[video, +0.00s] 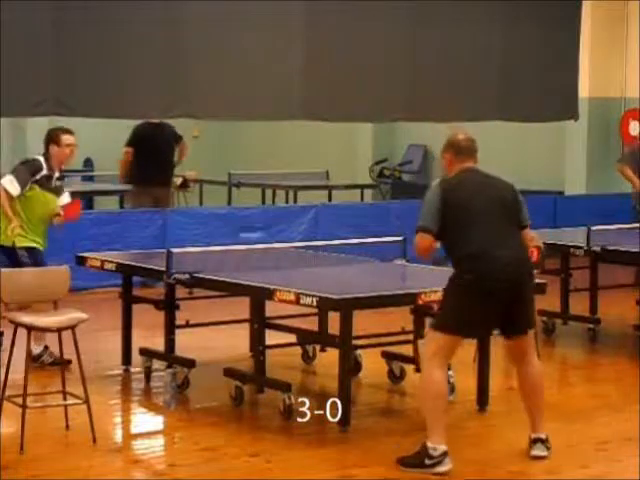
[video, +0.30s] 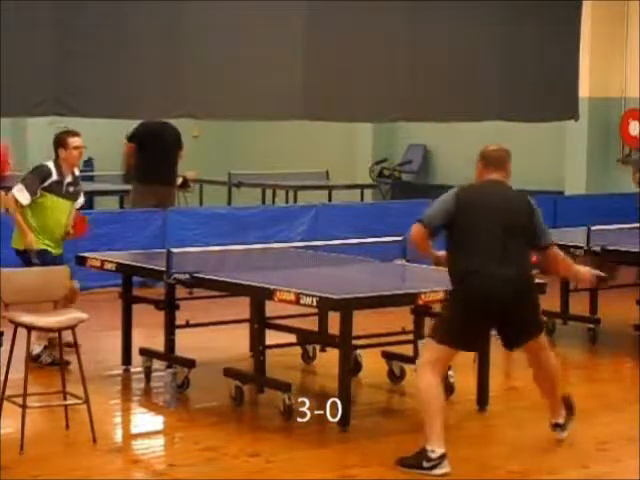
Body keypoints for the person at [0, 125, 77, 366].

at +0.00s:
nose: (71, 152)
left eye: (73, 147)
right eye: (67, 146)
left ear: (67, 150)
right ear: (52, 147)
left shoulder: (58, 178)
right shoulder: (33, 166)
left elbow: (57, 211)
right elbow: (3, 189)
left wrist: (58, 216)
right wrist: (12, 219)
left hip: (35, 242)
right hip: (16, 240)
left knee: (34, 294)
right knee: (38, 292)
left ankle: (38, 348)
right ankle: (37, 347)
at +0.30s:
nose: (80, 153)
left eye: (82, 148)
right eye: (75, 149)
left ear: (79, 152)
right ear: (61, 151)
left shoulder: (75, 180)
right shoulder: (44, 172)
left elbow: (74, 207)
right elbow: (11, 199)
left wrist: (69, 226)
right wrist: (27, 234)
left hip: (55, 246)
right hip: (33, 245)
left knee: (59, 293)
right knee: (50, 295)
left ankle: (52, 343)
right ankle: (43, 347)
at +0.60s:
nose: (97, 147)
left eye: (98, 142)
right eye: (92, 142)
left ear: (95, 146)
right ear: (78, 145)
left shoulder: (89, 173)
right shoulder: (61, 166)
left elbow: (86, 209)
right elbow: (30, 193)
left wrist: (92, 224)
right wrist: (54, 222)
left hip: (71, 242)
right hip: (49, 241)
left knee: (90, 282)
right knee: (61, 289)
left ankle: (78, 330)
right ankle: (39, 345)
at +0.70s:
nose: (102, 154)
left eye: (103, 150)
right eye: (98, 149)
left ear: (98, 153)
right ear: (83, 151)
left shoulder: (90, 178)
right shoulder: (67, 173)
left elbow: (81, 214)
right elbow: (40, 199)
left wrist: (94, 230)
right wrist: (69, 226)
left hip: (74, 246)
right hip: (53, 246)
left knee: (97, 280)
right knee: (54, 295)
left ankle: (83, 329)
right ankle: (40, 346)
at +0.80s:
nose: (109, 162)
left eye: (110, 158)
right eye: (105, 157)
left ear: (95, 162)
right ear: (91, 159)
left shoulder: (84, 182)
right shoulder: (82, 181)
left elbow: (77, 223)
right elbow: (75, 210)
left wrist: (95, 241)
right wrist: (105, 227)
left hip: (71, 250)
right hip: (57, 251)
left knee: (99, 281)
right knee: (76, 297)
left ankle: (85, 329)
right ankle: (42, 346)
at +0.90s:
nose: (112, 168)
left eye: (112, 163)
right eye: (108, 162)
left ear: (92, 165)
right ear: (94, 163)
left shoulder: (71, 181)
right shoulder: (95, 183)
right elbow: (101, 209)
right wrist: (129, 224)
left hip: (48, 250)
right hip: (66, 253)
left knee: (98, 280)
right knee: (83, 299)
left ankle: (86, 329)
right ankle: (41, 346)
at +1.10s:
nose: (115, 172)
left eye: (116, 167)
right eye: (112, 167)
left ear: (91, 168)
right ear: (98, 166)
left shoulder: (70, 183)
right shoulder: (103, 181)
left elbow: (45, 215)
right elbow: (122, 196)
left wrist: (61, 224)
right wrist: (153, 218)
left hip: (53, 247)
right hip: (75, 250)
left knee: (99, 276)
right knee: (79, 300)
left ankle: (86, 328)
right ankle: (41, 346)